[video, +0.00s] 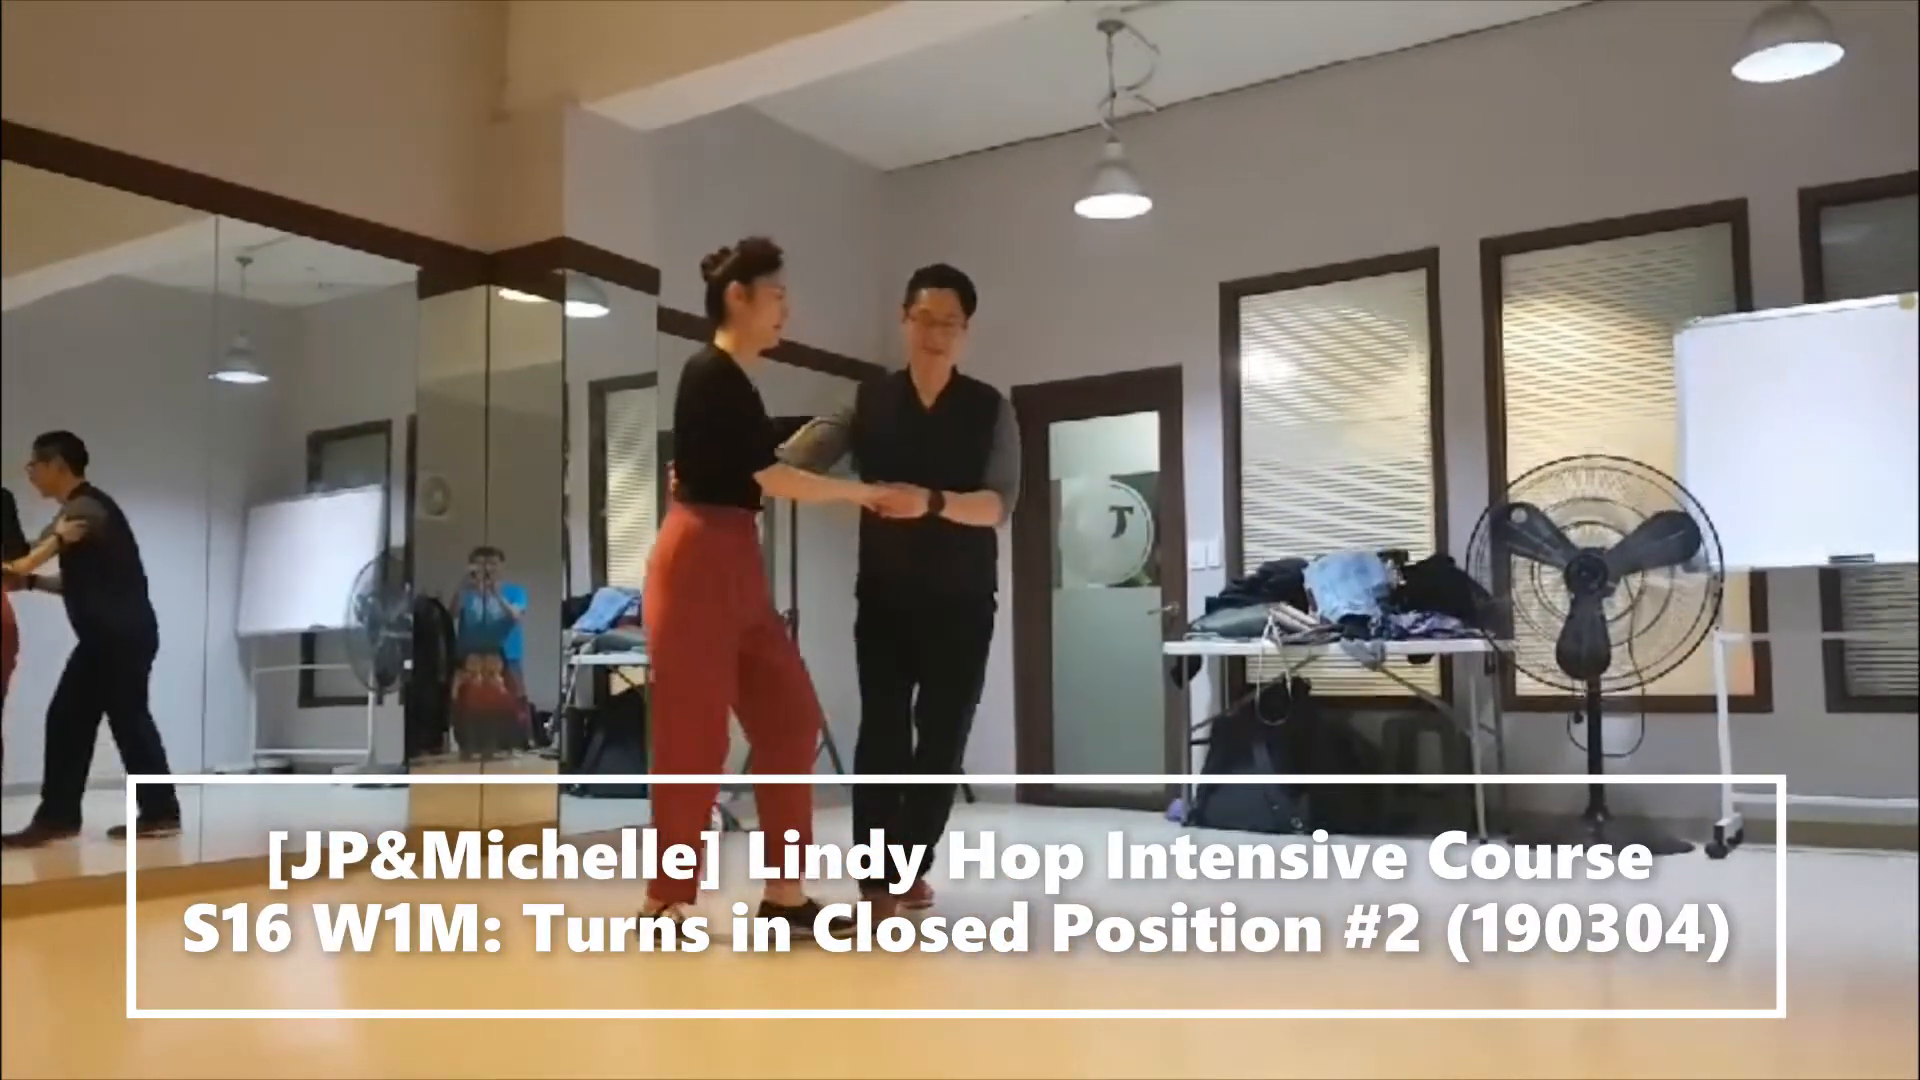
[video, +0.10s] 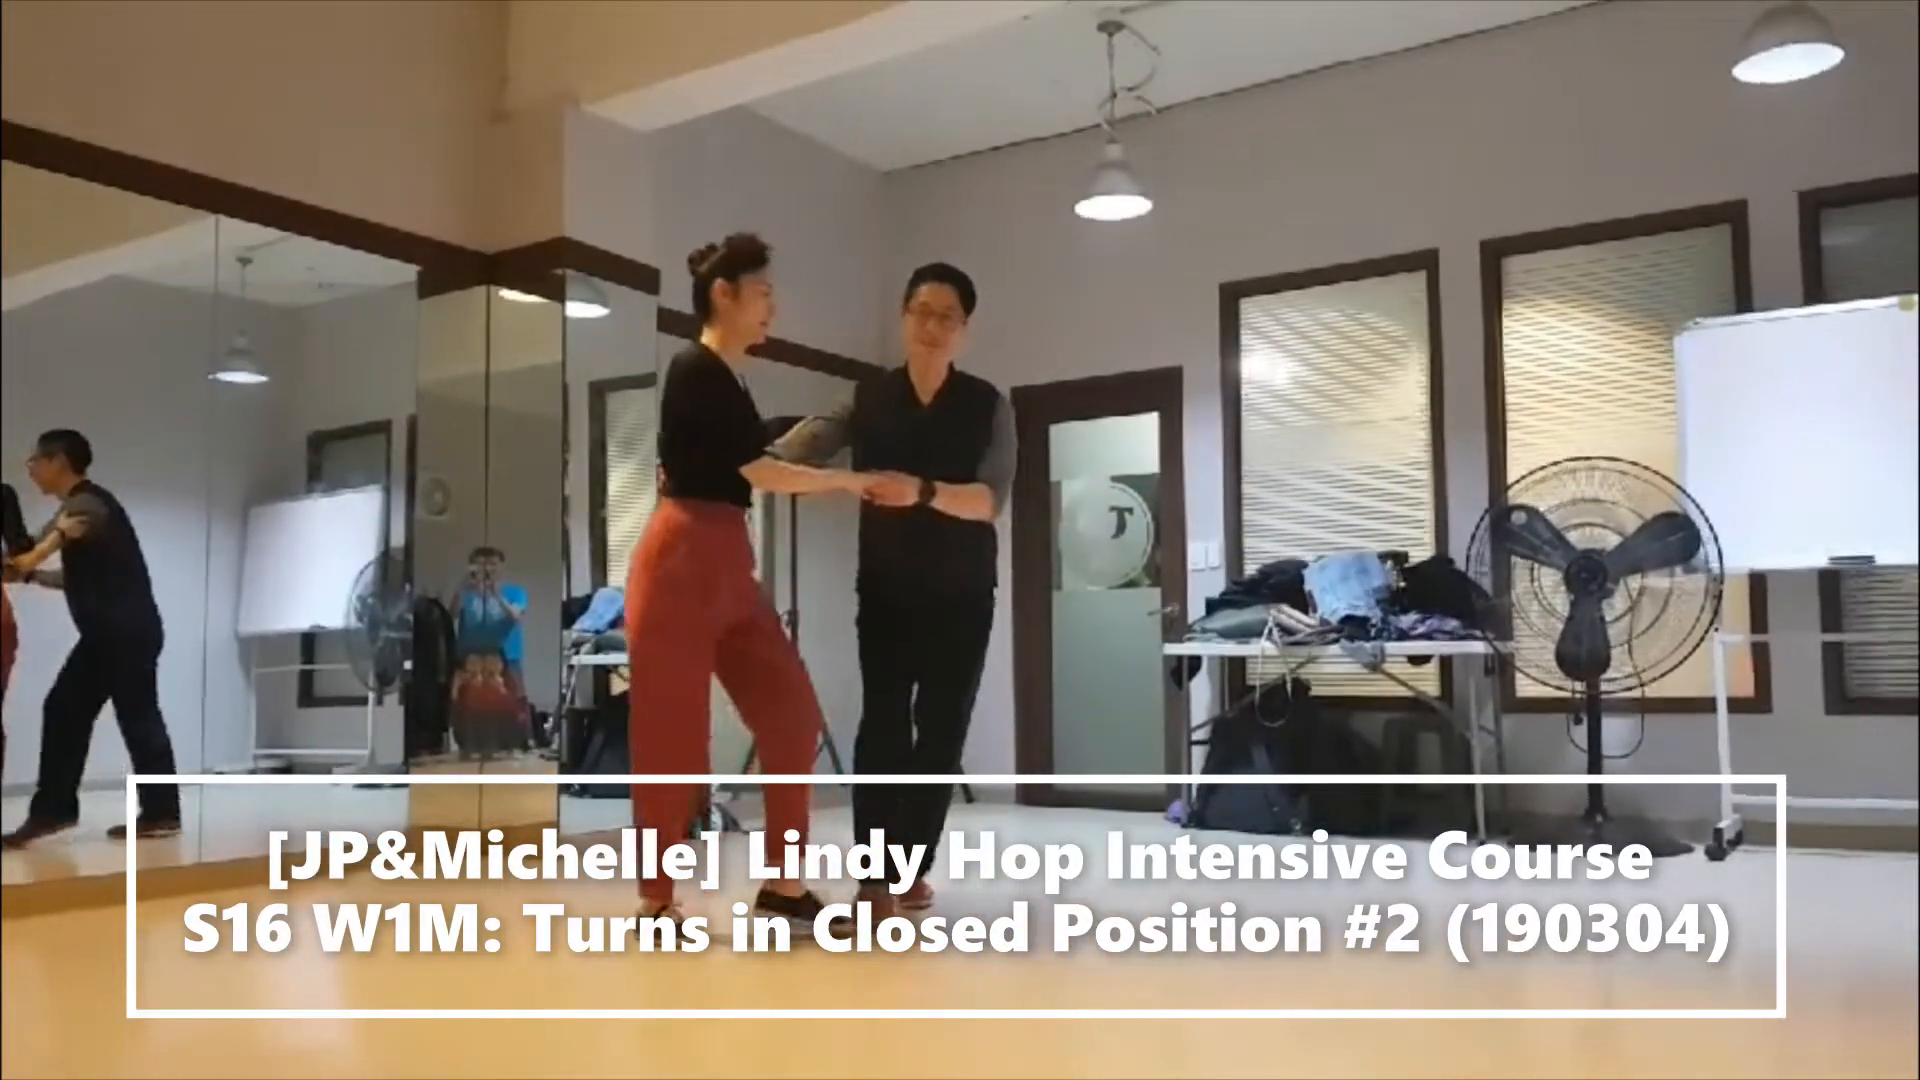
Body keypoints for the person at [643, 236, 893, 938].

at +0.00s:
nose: (785, 309)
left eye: (785, 296)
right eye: (776, 295)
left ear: (747, 300)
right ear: (736, 297)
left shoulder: (733, 378)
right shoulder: (713, 374)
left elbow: (725, 472)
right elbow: (771, 476)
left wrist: (806, 444)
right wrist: (868, 494)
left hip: (733, 567)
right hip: (694, 567)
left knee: (791, 719)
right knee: (693, 732)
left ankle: (784, 892)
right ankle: (668, 903)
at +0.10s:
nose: (771, 306)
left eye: (771, 294)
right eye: (761, 293)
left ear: (736, 298)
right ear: (722, 294)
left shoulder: (726, 378)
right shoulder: (697, 370)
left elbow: (746, 470)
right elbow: (759, 470)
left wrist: (797, 450)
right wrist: (853, 481)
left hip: (726, 563)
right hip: (677, 562)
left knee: (791, 713)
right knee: (671, 730)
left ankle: (783, 880)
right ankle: (655, 900)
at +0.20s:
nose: (763, 307)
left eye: (764, 294)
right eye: (751, 294)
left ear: (736, 302)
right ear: (711, 298)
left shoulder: (728, 382)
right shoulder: (690, 374)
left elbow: (752, 465)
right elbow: (752, 476)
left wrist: (813, 440)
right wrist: (849, 485)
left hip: (723, 564)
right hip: (673, 562)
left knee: (794, 721)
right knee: (668, 736)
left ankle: (769, 880)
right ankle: (651, 901)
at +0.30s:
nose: (761, 310)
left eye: (762, 298)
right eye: (749, 297)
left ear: (738, 306)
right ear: (710, 302)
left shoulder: (730, 384)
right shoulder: (689, 377)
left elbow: (749, 471)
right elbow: (750, 484)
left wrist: (805, 449)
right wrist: (846, 494)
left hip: (724, 571)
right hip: (674, 569)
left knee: (792, 722)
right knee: (669, 741)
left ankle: (753, 884)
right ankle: (650, 905)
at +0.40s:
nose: (773, 316)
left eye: (773, 303)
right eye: (761, 304)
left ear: (747, 312)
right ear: (722, 309)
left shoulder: (743, 391)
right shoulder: (704, 386)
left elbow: (770, 480)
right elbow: (755, 498)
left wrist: (827, 444)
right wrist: (858, 507)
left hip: (737, 583)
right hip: (690, 581)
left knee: (787, 742)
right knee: (685, 749)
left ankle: (735, 898)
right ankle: (658, 911)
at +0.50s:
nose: (790, 310)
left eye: (789, 298)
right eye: (778, 298)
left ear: (759, 307)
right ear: (741, 304)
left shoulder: (755, 384)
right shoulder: (723, 383)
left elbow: (779, 470)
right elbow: (769, 493)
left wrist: (827, 438)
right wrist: (857, 500)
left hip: (751, 573)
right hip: (710, 572)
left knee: (780, 734)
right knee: (712, 733)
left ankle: (736, 896)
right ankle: (663, 896)